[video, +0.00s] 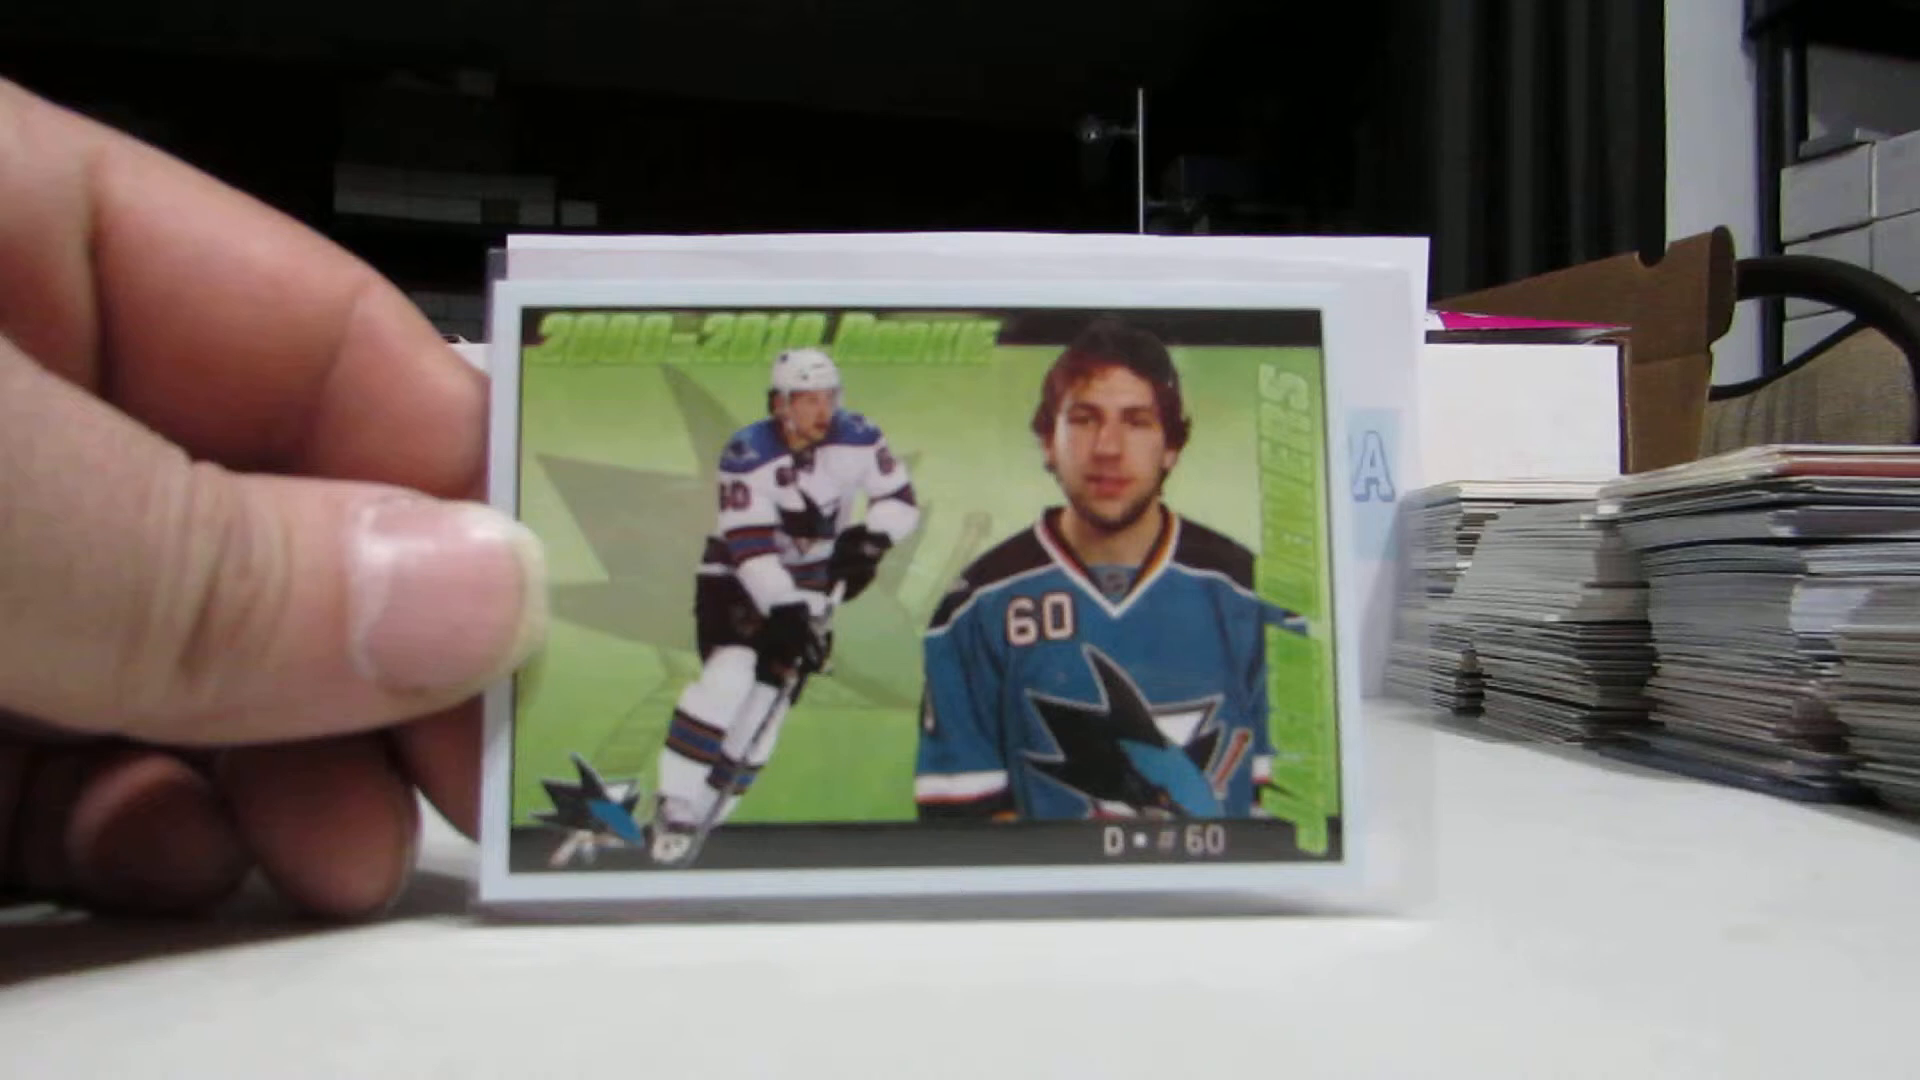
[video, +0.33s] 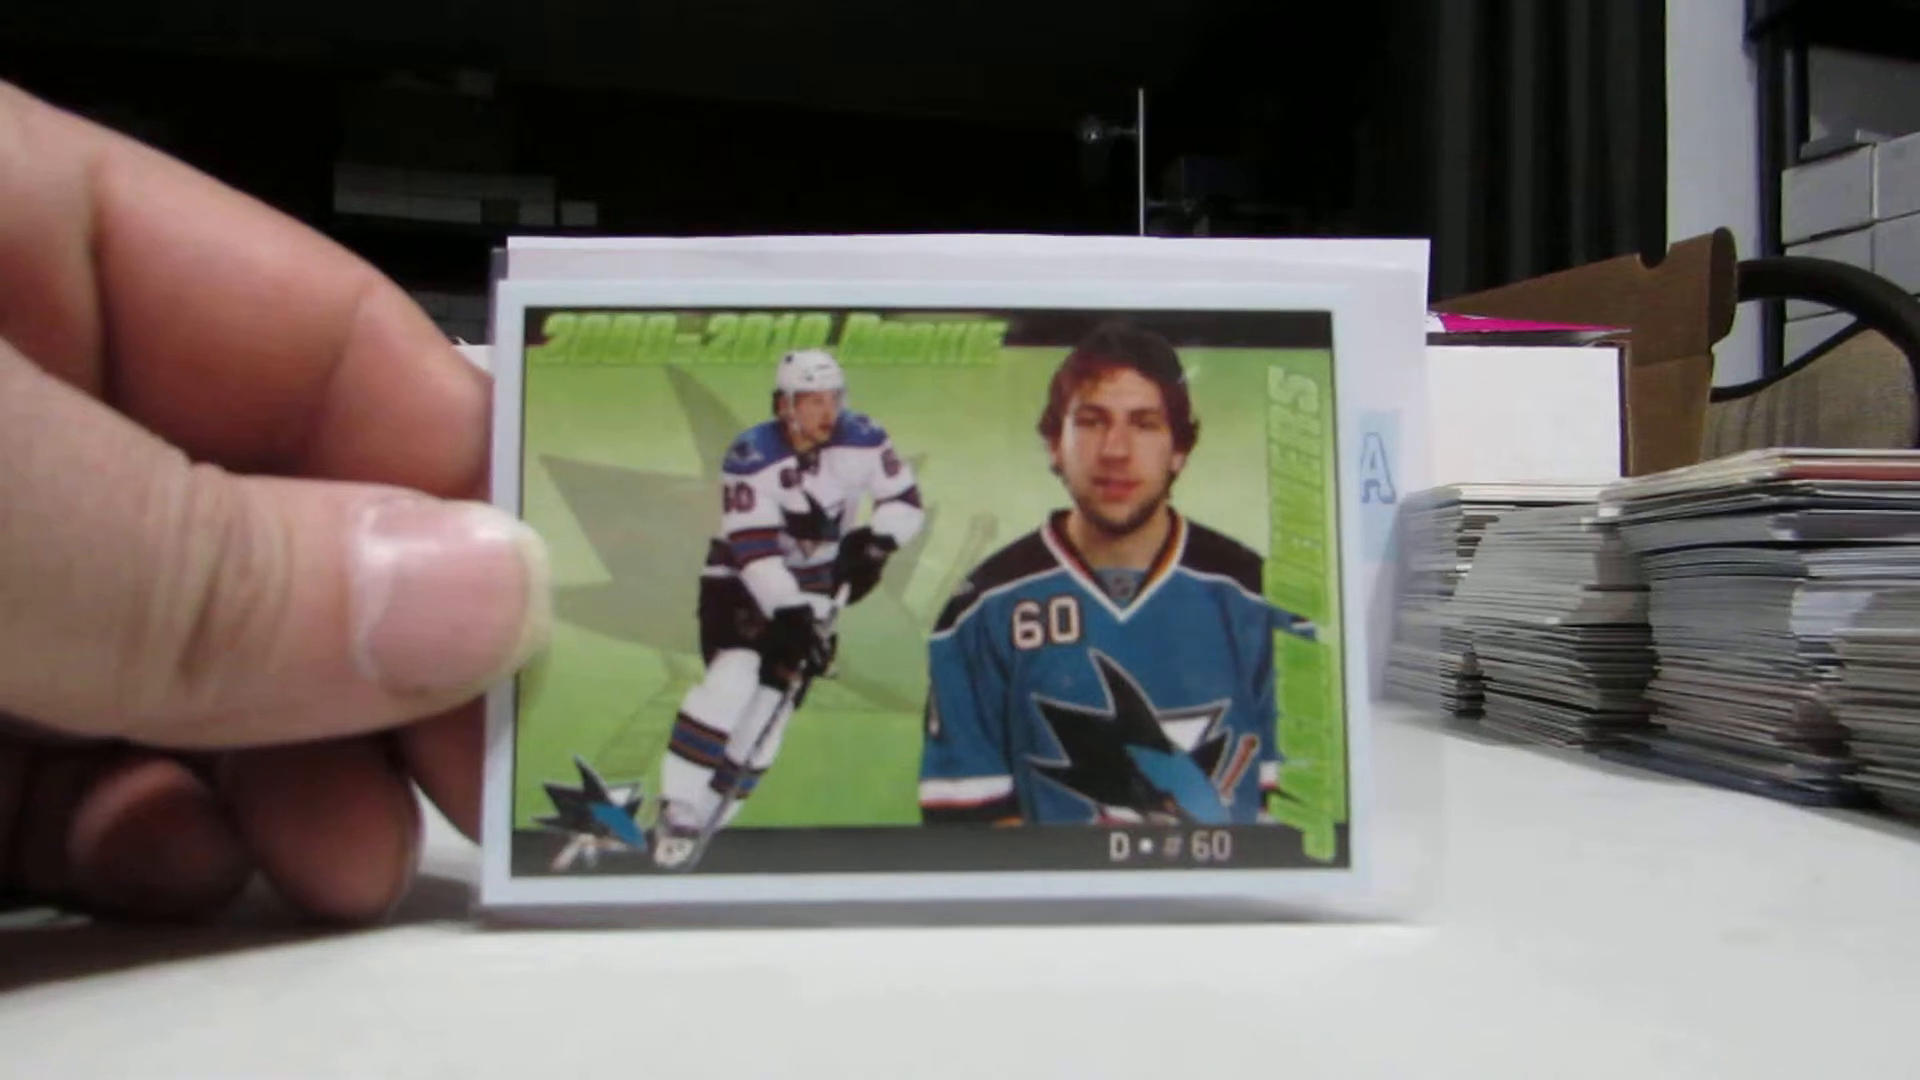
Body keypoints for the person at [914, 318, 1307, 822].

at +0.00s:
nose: (1108, 446)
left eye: (1135, 421)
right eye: (1084, 419)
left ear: (1170, 447)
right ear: (1048, 441)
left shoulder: (1247, 586)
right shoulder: (981, 603)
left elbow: (1286, 796)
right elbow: (962, 821)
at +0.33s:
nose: (1115, 448)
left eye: (1143, 424)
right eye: (1091, 421)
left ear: (1179, 450)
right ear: (1055, 444)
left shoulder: (1256, 592)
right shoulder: (986, 607)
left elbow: (1294, 803)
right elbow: (968, 822)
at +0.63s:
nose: (1118, 448)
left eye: (1146, 422)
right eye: (1093, 420)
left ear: (1181, 449)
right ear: (1057, 443)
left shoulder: (1264, 594)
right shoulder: (988, 608)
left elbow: (1301, 805)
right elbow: (972, 825)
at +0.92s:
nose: (1122, 445)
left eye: (1151, 421)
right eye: (1098, 418)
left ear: (1186, 448)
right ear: (1061, 442)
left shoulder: (1267, 591)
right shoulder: (992, 604)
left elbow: (1304, 803)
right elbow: (975, 824)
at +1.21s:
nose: (1133, 439)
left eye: (1163, 413)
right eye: (1108, 411)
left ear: (1199, 441)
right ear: (1071, 435)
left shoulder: (1282, 588)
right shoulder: (999, 600)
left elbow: (1320, 807)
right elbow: (977, 824)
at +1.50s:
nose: (1150, 429)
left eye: (1180, 403)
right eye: (1124, 401)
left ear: (1219, 431)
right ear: (1085, 428)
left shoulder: (1306, 585)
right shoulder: (1011, 598)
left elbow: (1345, 816)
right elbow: (988, 834)